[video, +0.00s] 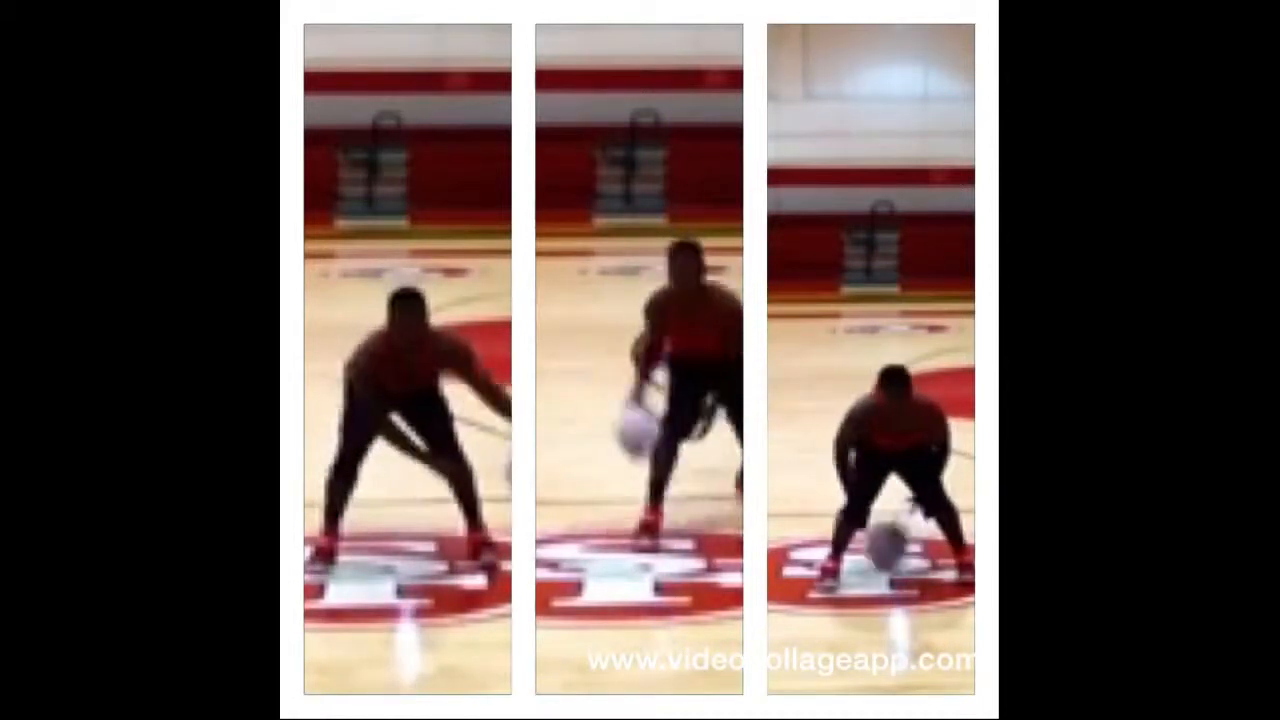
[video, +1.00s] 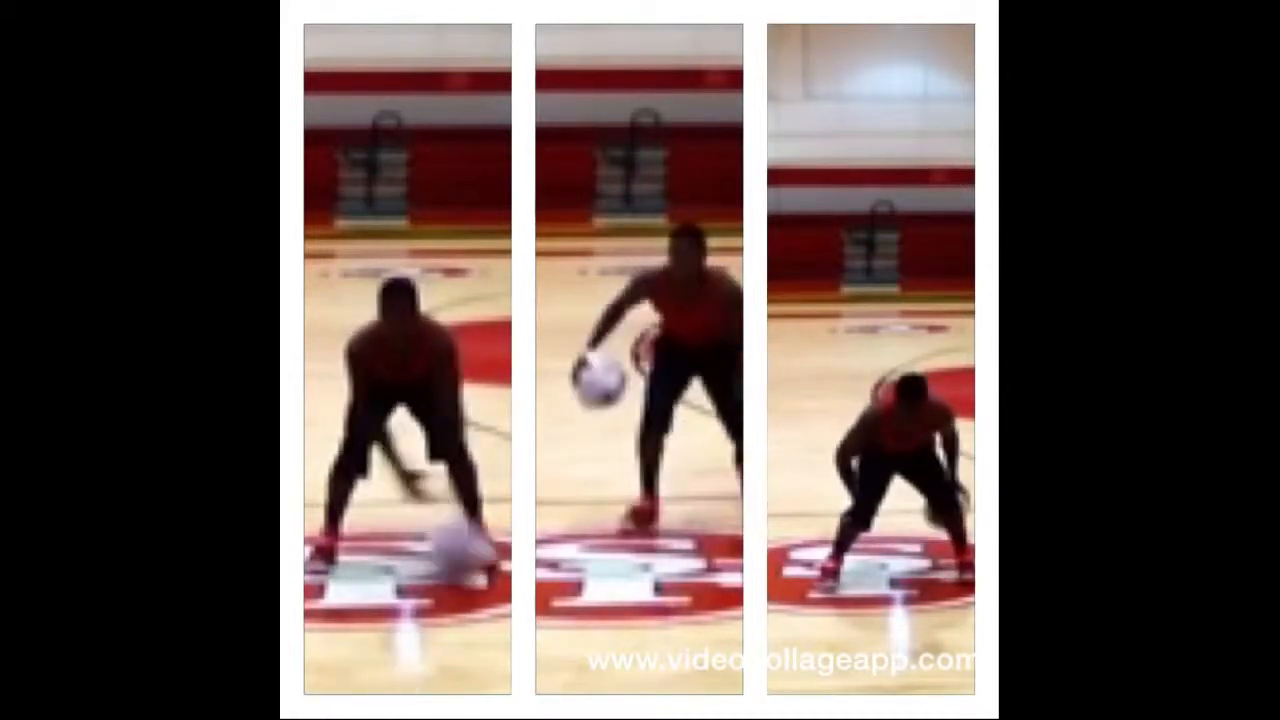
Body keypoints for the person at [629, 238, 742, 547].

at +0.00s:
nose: (681, 276)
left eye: (688, 269)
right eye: (676, 269)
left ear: (700, 269)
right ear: (669, 270)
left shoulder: (725, 305)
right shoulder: (662, 305)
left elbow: (741, 357)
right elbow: (652, 347)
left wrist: (722, 401)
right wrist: (640, 385)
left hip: (728, 371)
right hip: (687, 371)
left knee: (751, 436)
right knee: (669, 434)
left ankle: (746, 481)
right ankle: (653, 508)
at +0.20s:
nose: (690, 267)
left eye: (697, 261)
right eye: (686, 259)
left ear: (710, 261)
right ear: (679, 260)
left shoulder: (731, 298)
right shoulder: (663, 291)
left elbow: (751, 345)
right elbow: (637, 327)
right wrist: (614, 361)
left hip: (726, 362)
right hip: (683, 357)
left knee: (734, 430)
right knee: (644, 426)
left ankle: (754, 490)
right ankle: (653, 487)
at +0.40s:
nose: (701, 273)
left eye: (707, 265)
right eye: (694, 266)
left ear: (717, 267)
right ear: (685, 269)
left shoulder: (735, 306)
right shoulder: (669, 311)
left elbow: (743, 363)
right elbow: (670, 372)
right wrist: (695, 417)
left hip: (720, 378)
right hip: (676, 377)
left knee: (733, 435)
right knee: (632, 433)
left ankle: (753, 496)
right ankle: (646, 488)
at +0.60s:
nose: (706, 260)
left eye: (712, 252)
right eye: (699, 253)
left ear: (721, 252)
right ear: (689, 253)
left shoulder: (734, 283)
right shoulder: (669, 289)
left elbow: (754, 317)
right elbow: (636, 337)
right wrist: (631, 391)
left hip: (717, 351)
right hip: (671, 354)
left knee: (743, 417)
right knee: (649, 419)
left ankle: (744, 484)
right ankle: (642, 486)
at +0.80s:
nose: (694, 279)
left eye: (699, 271)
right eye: (688, 272)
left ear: (709, 271)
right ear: (678, 273)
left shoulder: (728, 308)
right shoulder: (664, 311)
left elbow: (735, 366)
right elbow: (644, 359)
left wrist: (710, 414)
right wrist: (642, 406)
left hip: (718, 377)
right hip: (680, 378)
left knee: (748, 430)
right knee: (676, 436)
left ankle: (731, 476)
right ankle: (652, 505)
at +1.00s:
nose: (681, 261)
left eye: (689, 254)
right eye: (676, 253)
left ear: (702, 255)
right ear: (669, 254)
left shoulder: (723, 289)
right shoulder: (654, 283)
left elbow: (748, 336)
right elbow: (617, 310)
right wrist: (589, 350)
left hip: (718, 352)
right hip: (673, 350)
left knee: (741, 427)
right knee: (653, 424)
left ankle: (752, 500)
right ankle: (648, 500)